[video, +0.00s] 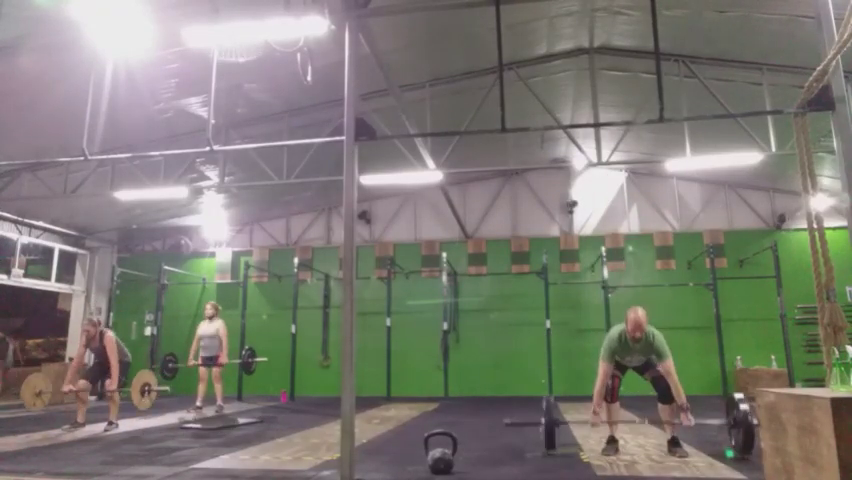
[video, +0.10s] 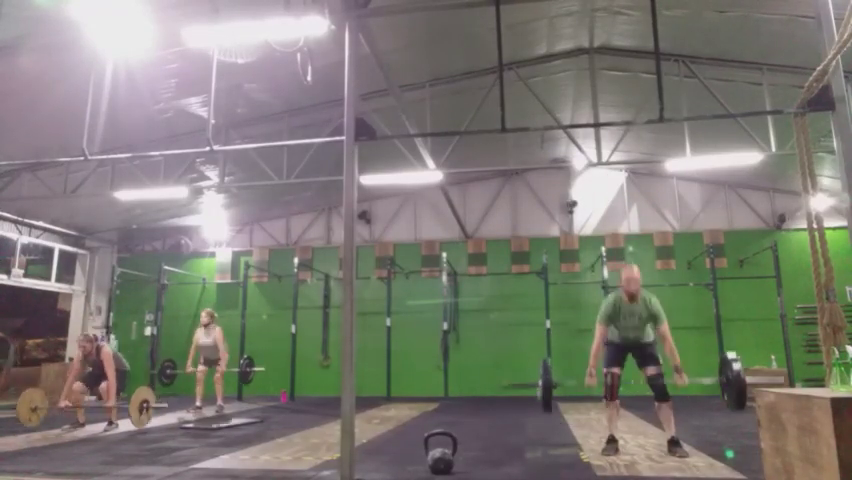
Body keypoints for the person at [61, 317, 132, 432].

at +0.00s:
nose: (85, 334)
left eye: (88, 331)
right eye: (84, 331)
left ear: (96, 328)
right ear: (82, 330)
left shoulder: (108, 336)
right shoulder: (86, 337)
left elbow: (114, 361)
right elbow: (78, 360)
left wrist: (114, 382)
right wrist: (67, 382)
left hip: (120, 362)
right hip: (102, 362)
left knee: (110, 386)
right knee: (82, 386)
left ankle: (112, 421)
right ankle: (80, 421)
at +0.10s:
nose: (82, 350)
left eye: (84, 347)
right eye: (80, 347)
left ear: (92, 344)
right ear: (78, 346)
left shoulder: (104, 350)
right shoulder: (81, 353)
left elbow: (111, 374)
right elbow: (73, 375)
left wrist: (112, 400)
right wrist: (63, 398)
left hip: (118, 371)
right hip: (99, 372)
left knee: (104, 388)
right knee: (77, 388)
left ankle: (112, 421)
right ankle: (80, 420)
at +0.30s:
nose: (92, 311)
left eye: (94, 308)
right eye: (90, 308)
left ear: (102, 307)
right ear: (89, 308)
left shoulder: (111, 317)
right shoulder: (90, 319)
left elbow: (119, 339)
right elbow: (83, 337)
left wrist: (119, 360)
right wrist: (74, 354)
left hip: (112, 356)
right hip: (97, 356)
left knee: (112, 384)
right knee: (88, 385)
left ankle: (112, 420)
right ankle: (80, 420)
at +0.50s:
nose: (93, 311)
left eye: (96, 308)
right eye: (92, 308)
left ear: (104, 307)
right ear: (91, 308)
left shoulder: (111, 317)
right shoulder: (91, 319)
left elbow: (119, 339)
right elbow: (84, 339)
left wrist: (120, 361)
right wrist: (74, 358)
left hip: (111, 358)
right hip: (96, 358)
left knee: (111, 384)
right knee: (85, 385)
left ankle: (112, 420)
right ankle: (80, 420)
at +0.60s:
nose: (83, 339)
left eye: (85, 336)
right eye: (81, 336)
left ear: (94, 333)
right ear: (80, 334)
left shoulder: (106, 340)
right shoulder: (84, 340)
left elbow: (112, 364)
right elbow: (76, 362)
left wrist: (113, 387)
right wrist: (65, 386)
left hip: (118, 363)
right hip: (100, 363)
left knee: (109, 386)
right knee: (81, 386)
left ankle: (112, 420)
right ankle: (80, 420)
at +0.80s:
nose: (79, 351)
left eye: (81, 348)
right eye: (78, 348)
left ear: (89, 345)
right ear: (76, 347)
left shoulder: (102, 349)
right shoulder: (80, 352)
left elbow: (109, 374)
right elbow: (73, 373)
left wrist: (111, 399)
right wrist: (62, 397)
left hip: (118, 369)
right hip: (99, 369)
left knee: (105, 388)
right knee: (77, 388)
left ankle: (112, 421)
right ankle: (80, 420)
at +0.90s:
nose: (87, 319)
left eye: (89, 315)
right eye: (85, 316)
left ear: (96, 313)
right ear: (84, 316)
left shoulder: (106, 322)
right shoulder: (87, 324)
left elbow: (115, 345)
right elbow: (80, 342)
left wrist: (116, 367)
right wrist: (71, 363)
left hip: (114, 355)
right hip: (99, 355)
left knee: (111, 385)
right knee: (85, 383)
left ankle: (113, 420)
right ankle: (80, 420)